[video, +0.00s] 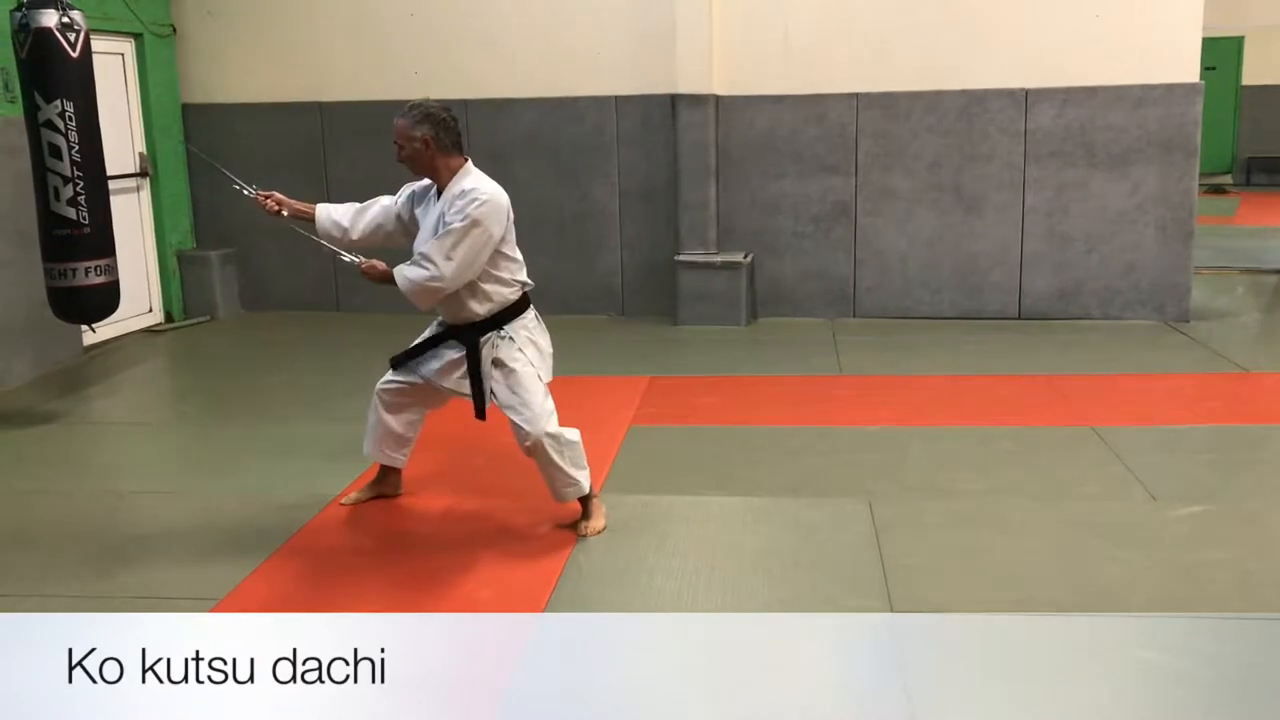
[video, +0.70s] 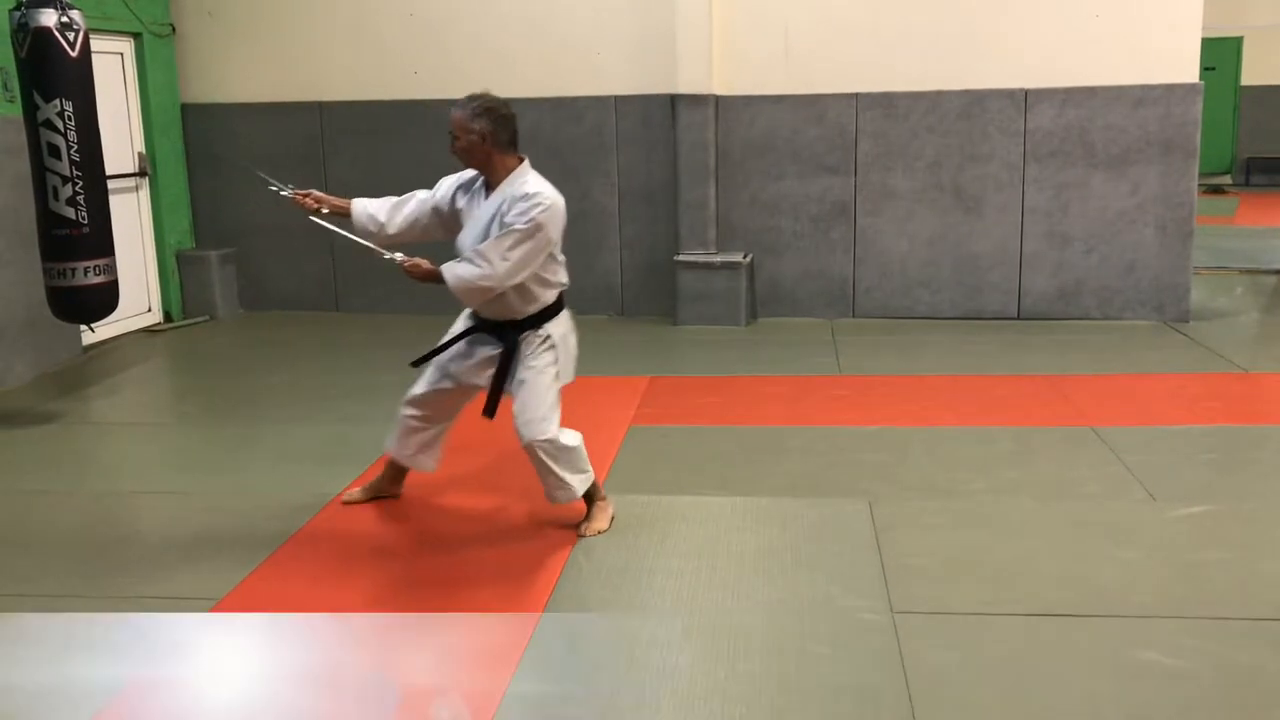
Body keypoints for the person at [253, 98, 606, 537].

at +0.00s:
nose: (396, 153)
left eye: (401, 144)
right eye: (395, 145)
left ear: (430, 144)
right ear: (431, 145)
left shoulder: (482, 200)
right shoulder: (421, 196)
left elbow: (441, 277)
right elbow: (366, 219)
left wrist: (392, 275)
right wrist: (296, 209)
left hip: (507, 331)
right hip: (455, 332)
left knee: (536, 429)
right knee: (393, 393)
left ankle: (588, 501)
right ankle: (388, 479)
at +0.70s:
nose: (452, 145)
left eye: (458, 137)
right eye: (451, 136)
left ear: (488, 140)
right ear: (486, 141)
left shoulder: (540, 204)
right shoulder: (463, 189)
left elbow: (494, 272)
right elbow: (402, 214)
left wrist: (439, 274)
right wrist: (338, 206)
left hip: (538, 329)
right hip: (481, 323)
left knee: (537, 431)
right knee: (423, 402)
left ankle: (597, 499)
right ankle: (391, 479)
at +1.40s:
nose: (525, 106)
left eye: (529, 96)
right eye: (525, 96)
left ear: (547, 96)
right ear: (577, 99)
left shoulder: (521, 157)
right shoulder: (624, 154)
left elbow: (517, 229)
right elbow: (647, 234)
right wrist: (653, 282)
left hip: (550, 304)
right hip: (612, 299)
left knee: (527, 402)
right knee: (620, 402)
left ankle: (586, 478)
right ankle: (622, 496)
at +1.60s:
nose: (533, 111)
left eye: (535, 104)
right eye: (535, 104)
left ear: (546, 107)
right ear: (585, 113)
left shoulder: (519, 163)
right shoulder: (616, 166)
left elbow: (532, 236)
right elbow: (642, 244)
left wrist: (605, 265)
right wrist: (679, 291)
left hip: (523, 303)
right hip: (588, 306)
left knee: (476, 394)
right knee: (614, 398)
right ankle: (617, 495)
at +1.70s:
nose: (530, 118)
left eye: (532, 111)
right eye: (533, 111)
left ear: (539, 116)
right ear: (580, 121)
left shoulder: (510, 169)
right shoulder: (603, 175)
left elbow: (532, 235)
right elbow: (621, 253)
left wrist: (596, 267)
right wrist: (664, 295)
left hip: (505, 303)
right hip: (570, 309)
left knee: (450, 400)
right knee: (611, 399)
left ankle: (388, 501)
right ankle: (617, 497)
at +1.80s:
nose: (513, 127)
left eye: (515, 121)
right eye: (516, 121)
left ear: (522, 125)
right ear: (563, 131)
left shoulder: (491, 177)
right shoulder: (584, 184)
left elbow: (509, 244)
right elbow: (601, 262)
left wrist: (575, 273)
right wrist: (644, 304)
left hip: (487, 311)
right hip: (552, 316)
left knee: (433, 404)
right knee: (599, 399)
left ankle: (380, 508)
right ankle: (616, 497)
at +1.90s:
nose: (483, 132)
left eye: (486, 126)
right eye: (486, 126)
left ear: (496, 131)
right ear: (532, 135)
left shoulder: (462, 183)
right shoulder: (561, 186)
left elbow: (472, 245)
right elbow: (581, 263)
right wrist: (616, 306)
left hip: (476, 319)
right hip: (542, 320)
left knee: (419, 402)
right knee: (583, 404)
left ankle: (381, 510)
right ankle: (612, 497)